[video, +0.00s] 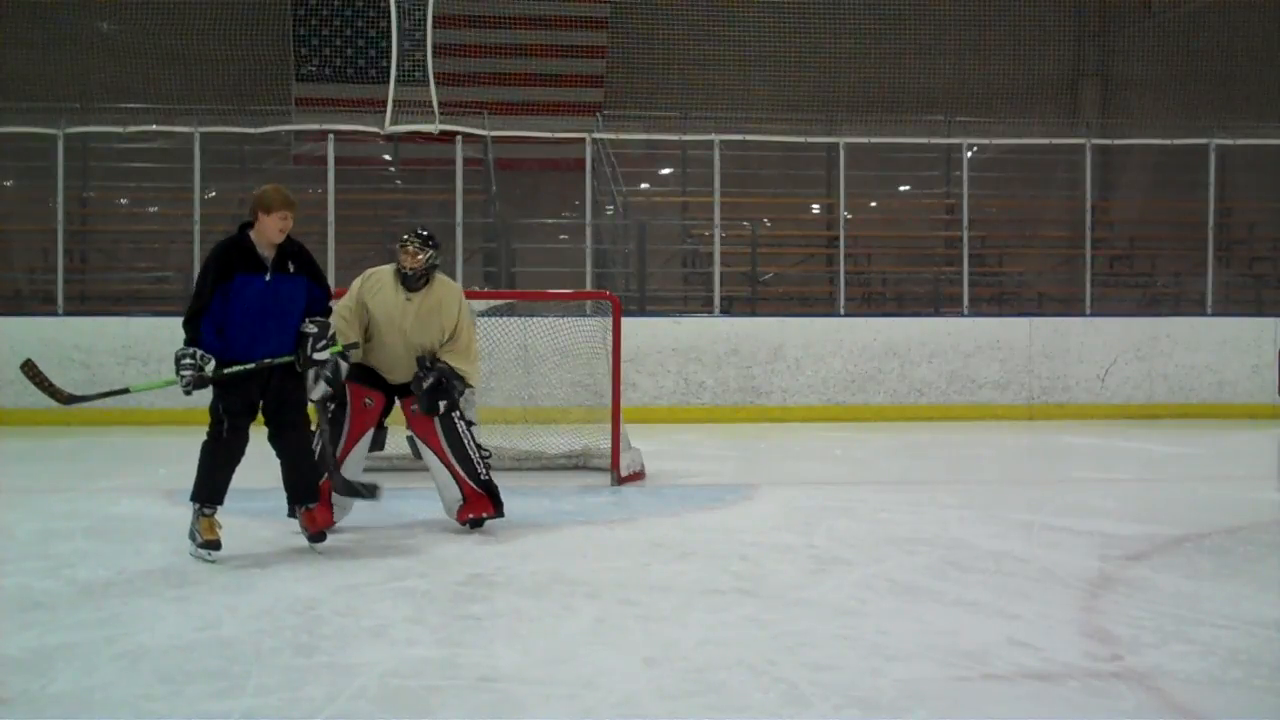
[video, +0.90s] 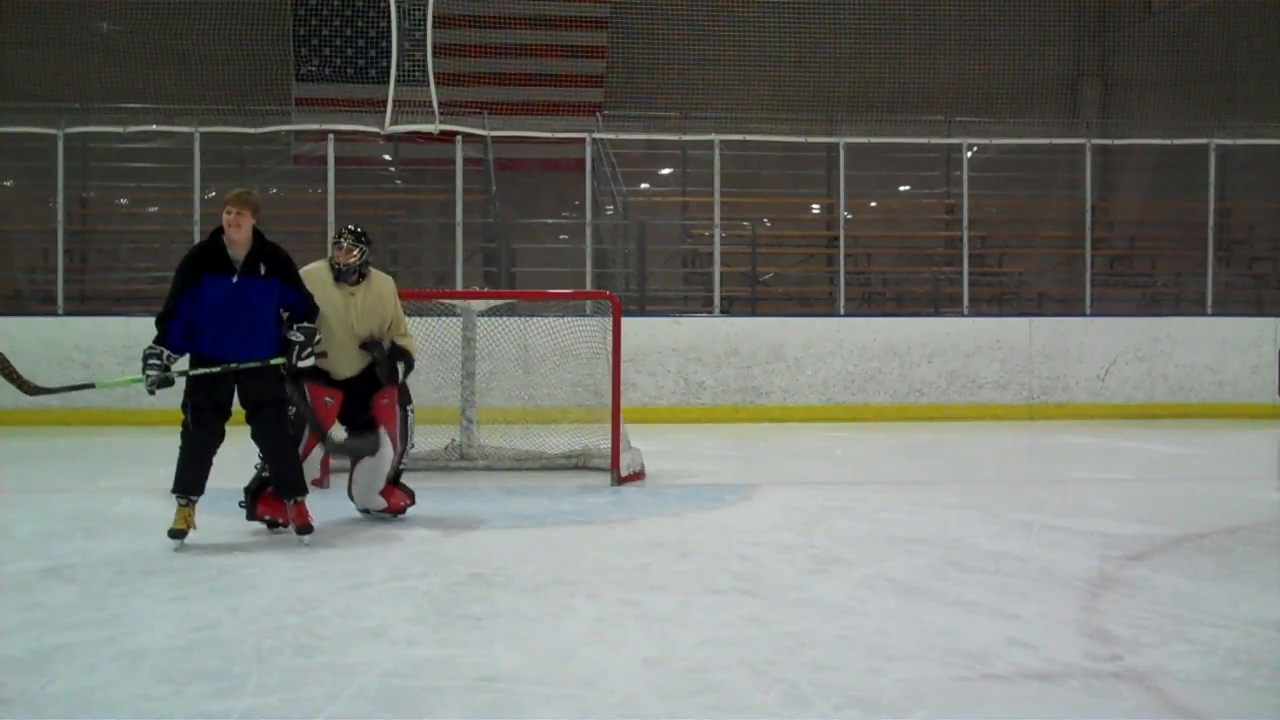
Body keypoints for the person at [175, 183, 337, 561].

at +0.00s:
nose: (286, 227)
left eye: (290, 220)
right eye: (280, 219)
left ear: (291, 222)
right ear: (258, 217)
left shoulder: (298, 257)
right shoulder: (226, 256)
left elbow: (320, 300)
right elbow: (199, 311)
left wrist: (315, 330)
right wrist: (195, 354)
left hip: (284, 365)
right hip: (235, 367)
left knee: (295, 436)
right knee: (228, 439)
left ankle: (306, 507)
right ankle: (205, 513)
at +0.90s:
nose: (232, 219)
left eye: (240, 214)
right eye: (228, 212)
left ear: (254, 220)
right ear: (221, 217)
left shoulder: (275, 259)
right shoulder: (200, 259)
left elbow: (303, 306)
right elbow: (177, 313)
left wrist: (302, 333)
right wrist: (160, 353)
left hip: (262, 362)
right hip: (210, 363)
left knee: (274, 430)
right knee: (201, 432)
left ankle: (295, 502)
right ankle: (185, 506)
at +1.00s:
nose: (230, 219)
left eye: (237, 214)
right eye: (226, 213)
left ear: (252, 220)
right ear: (219, 217)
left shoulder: (273, 258)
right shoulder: (198, 258)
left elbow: (299, 306)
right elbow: (176, 312)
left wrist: (301, 330)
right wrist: (159, 352)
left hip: (261, 362)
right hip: (210, 363)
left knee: (272, 431)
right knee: (201, 433)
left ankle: (293, 500)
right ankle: (186, 506)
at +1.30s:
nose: (227, 220)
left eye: (235, 214)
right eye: (223, 213)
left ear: (248, 220)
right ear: (216, 218)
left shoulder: (268, 258)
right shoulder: (196, 260)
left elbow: (294, 304)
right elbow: (175, 314)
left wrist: (297, 330)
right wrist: (157, 355)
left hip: (258, 362)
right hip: (207, 364)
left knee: (270, 431)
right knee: (198, 434)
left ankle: (287, 499)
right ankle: (181, 504)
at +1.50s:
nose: (224, 219)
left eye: (232, 214)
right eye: (219, 213)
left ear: (243, 221)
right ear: (210, 218)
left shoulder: (259, 259)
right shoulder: (189, 258)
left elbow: (284, 305)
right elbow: (165, 310)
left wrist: (284, 328)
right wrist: (146, 352)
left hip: (250, 360)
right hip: (200, 362)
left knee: (265, 433)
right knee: (186, 434)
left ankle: (292, 501)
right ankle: (166, 507)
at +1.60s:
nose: (221, 221)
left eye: (229, 216)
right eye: (216, 215)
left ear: (240, 222)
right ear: (207, 219)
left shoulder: (255, 259)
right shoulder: (186, 258)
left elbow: (277, 303)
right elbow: (159, 308)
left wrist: (279, 327)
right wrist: (147, 352)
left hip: (245, 364)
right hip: (195, 367)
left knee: (258, 435)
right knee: (179, 437)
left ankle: (288, 506)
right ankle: (158, 511)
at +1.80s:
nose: (219, 221)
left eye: (227, 215)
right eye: (214, 214)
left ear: (240, 221)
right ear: (206, 219)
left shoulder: (254, 261)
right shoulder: (184, 260)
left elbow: (277, 306)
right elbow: (158, 314)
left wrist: (283, 332)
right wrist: (157, 357)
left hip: (242, 369)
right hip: (192, 370)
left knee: (255, 439)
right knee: (177, 443)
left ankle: (282, 509)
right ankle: (151, 517)